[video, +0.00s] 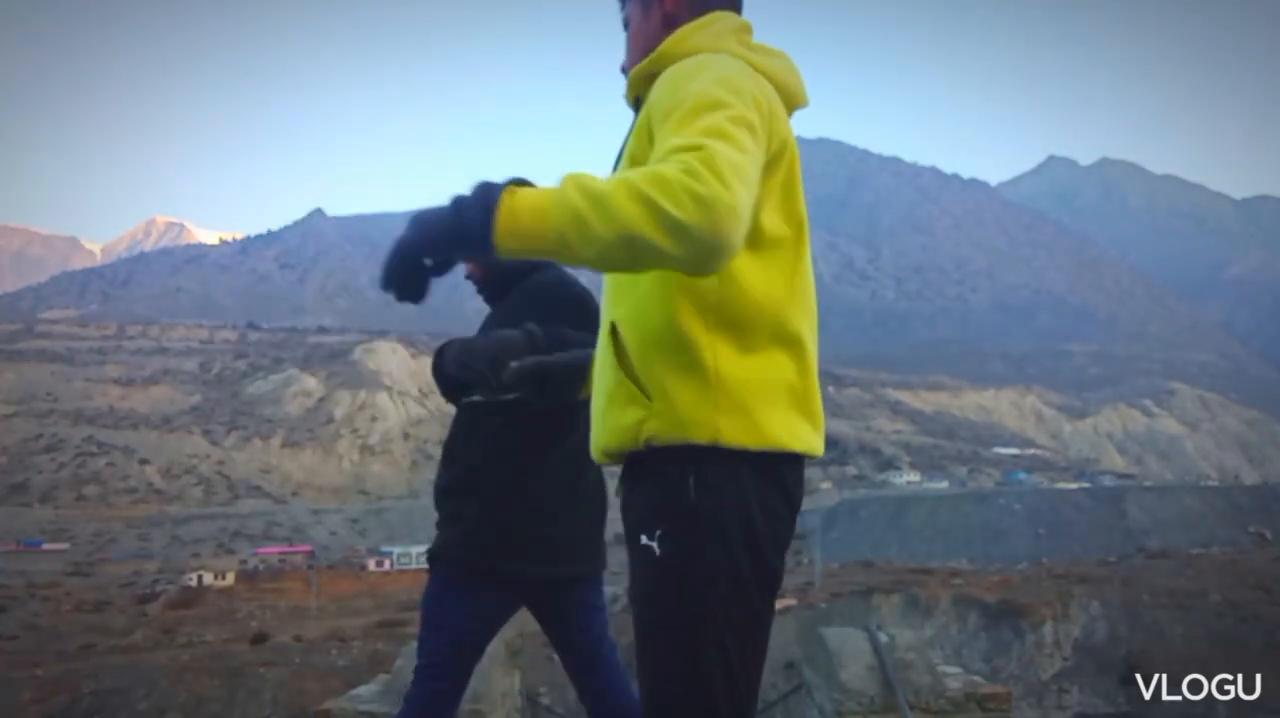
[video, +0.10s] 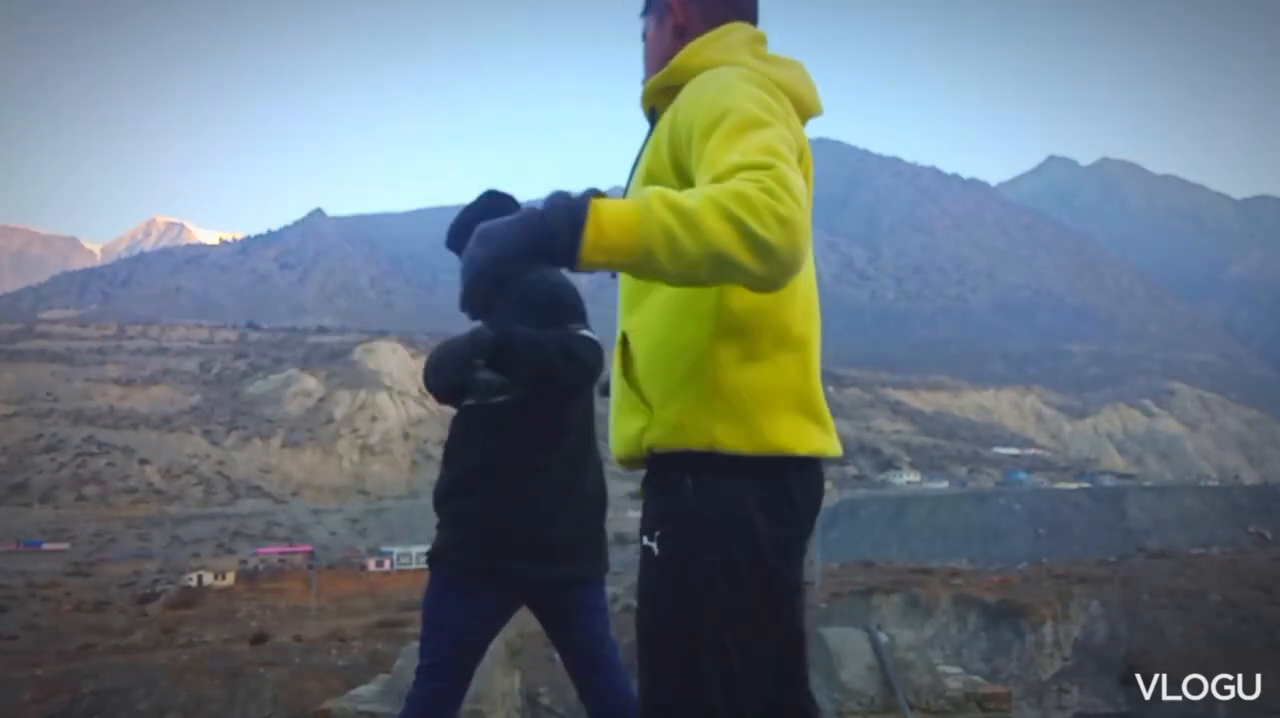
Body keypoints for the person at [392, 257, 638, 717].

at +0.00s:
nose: (467, 271)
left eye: (474, 255)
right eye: (464, 258)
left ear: (508, 245)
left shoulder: (543, 299)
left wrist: (447, 360)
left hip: (489, 538)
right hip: (561, 537)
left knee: (434, 686)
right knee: (604, 684)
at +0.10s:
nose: (465, 265)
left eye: (470, 251)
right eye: (465, 253)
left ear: (494, 249)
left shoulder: (544, 290)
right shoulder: (498, 310)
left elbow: (580, 359)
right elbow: (444, 374)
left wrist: (488, 346)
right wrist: (460, 369)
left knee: (436, 687)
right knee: (604, 683)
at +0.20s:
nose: (461, 273)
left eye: (462, 255)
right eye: (458, 257)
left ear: (484, 245)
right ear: (524, 235)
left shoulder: (519, 291)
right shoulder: (563, 296)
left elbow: (514, 370)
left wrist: (420, 358)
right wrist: (449, 380)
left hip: (488, 539)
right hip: (567, 537)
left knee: (435, 688)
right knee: (609, 687)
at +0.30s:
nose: (449, 260)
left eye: (451, 246)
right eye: (446, 245)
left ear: (471, 244)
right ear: (522, 232)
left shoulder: (486, 295)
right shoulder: (583, 300)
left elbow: (438, 379)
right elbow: (592, 382)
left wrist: (358, 367)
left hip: (480, 540)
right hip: (575, 539)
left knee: (433, 690)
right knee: (611, 692)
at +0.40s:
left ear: (477, 246)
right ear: (542, 241)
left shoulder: (452, 308)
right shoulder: (587, 299)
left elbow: (362, 387)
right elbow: (623, 379)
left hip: (473, 548)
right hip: (570, 545)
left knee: (429, 688)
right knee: (604, 686)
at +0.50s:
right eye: (537, 243)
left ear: (480, 247)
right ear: (541, 245)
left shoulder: (443, 314)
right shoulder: (582, 304)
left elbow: (376, 381)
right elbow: (665, 345)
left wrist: (375, 357)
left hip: (468, 548)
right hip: (562, 548)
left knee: (429, 687)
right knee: (597, 687)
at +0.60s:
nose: (561, 254)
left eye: (560, 248)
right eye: (558, 246)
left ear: (488, 245)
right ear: (545, 243)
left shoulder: (450, 312)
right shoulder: (559, 296)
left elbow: (445, 393)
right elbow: (644, 322)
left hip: (463, 539)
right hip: (551, 538)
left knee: (431, 684)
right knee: (595, 684)